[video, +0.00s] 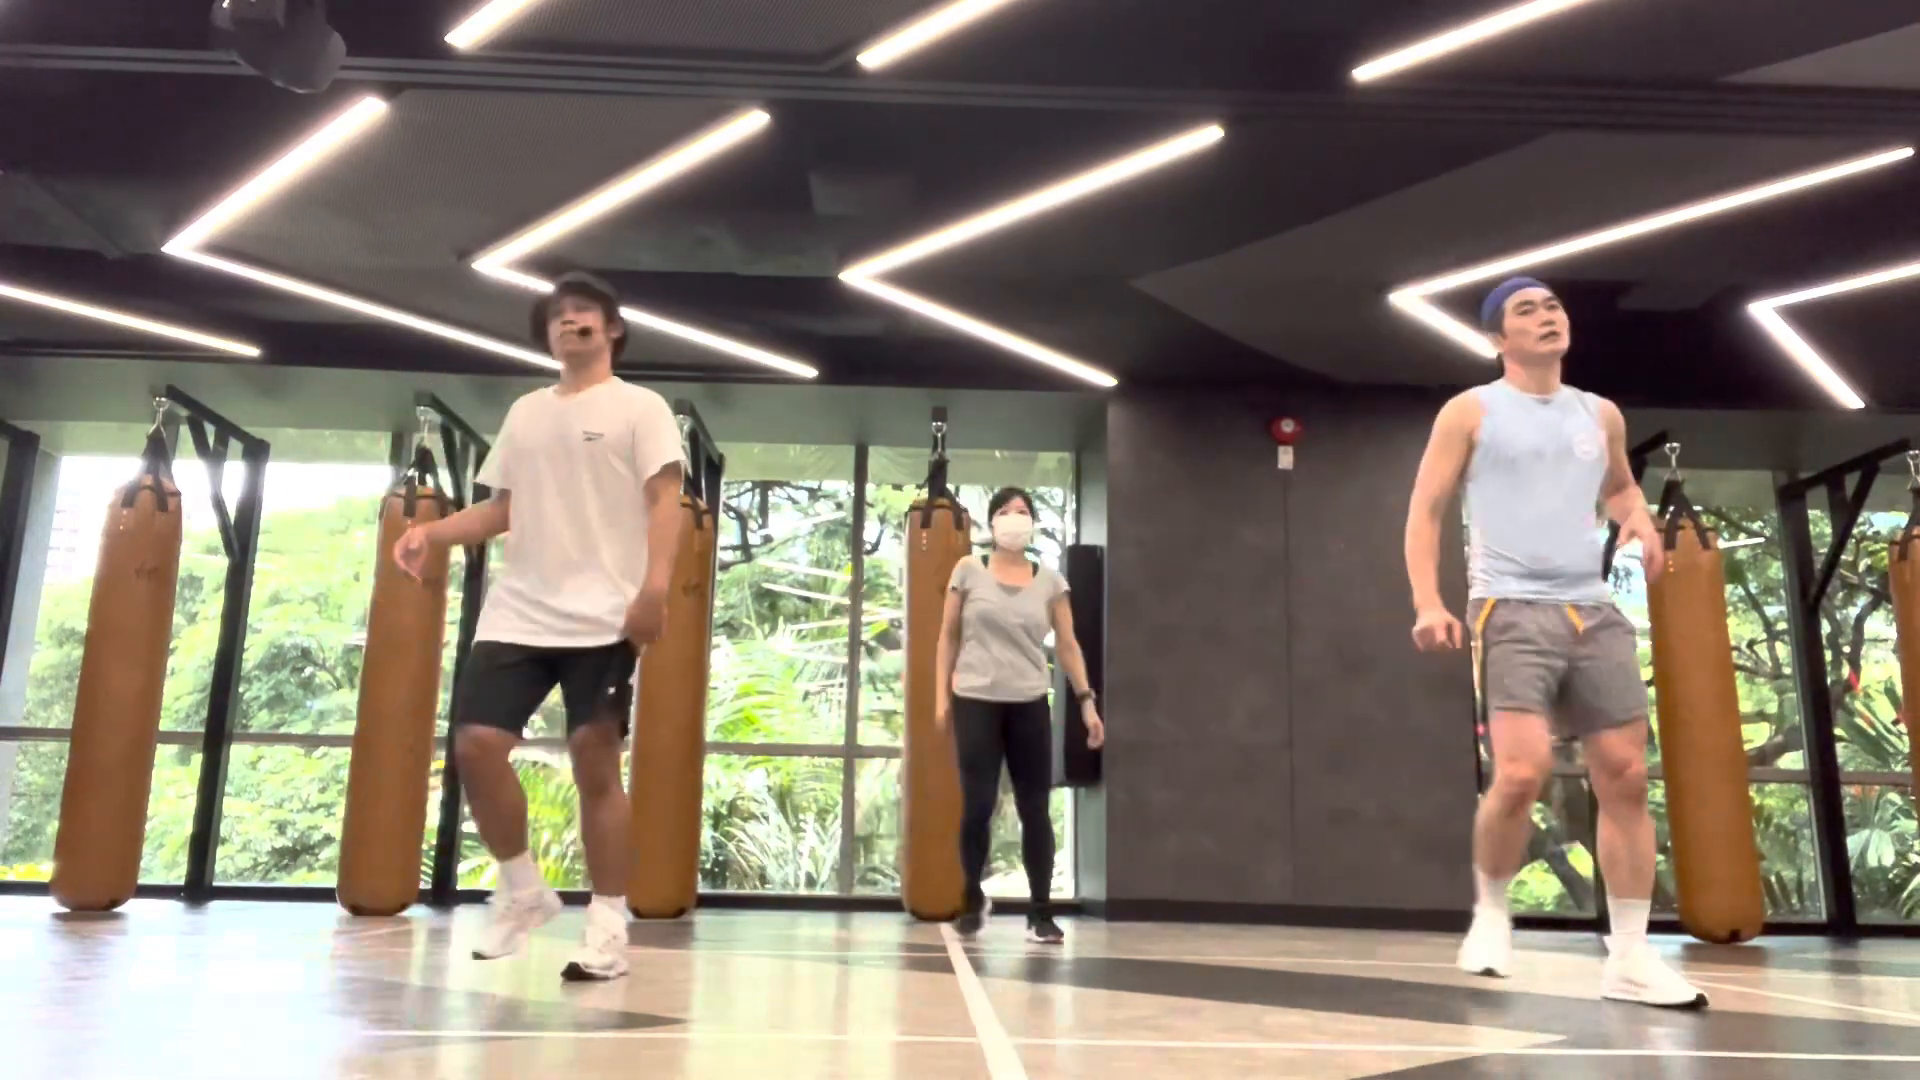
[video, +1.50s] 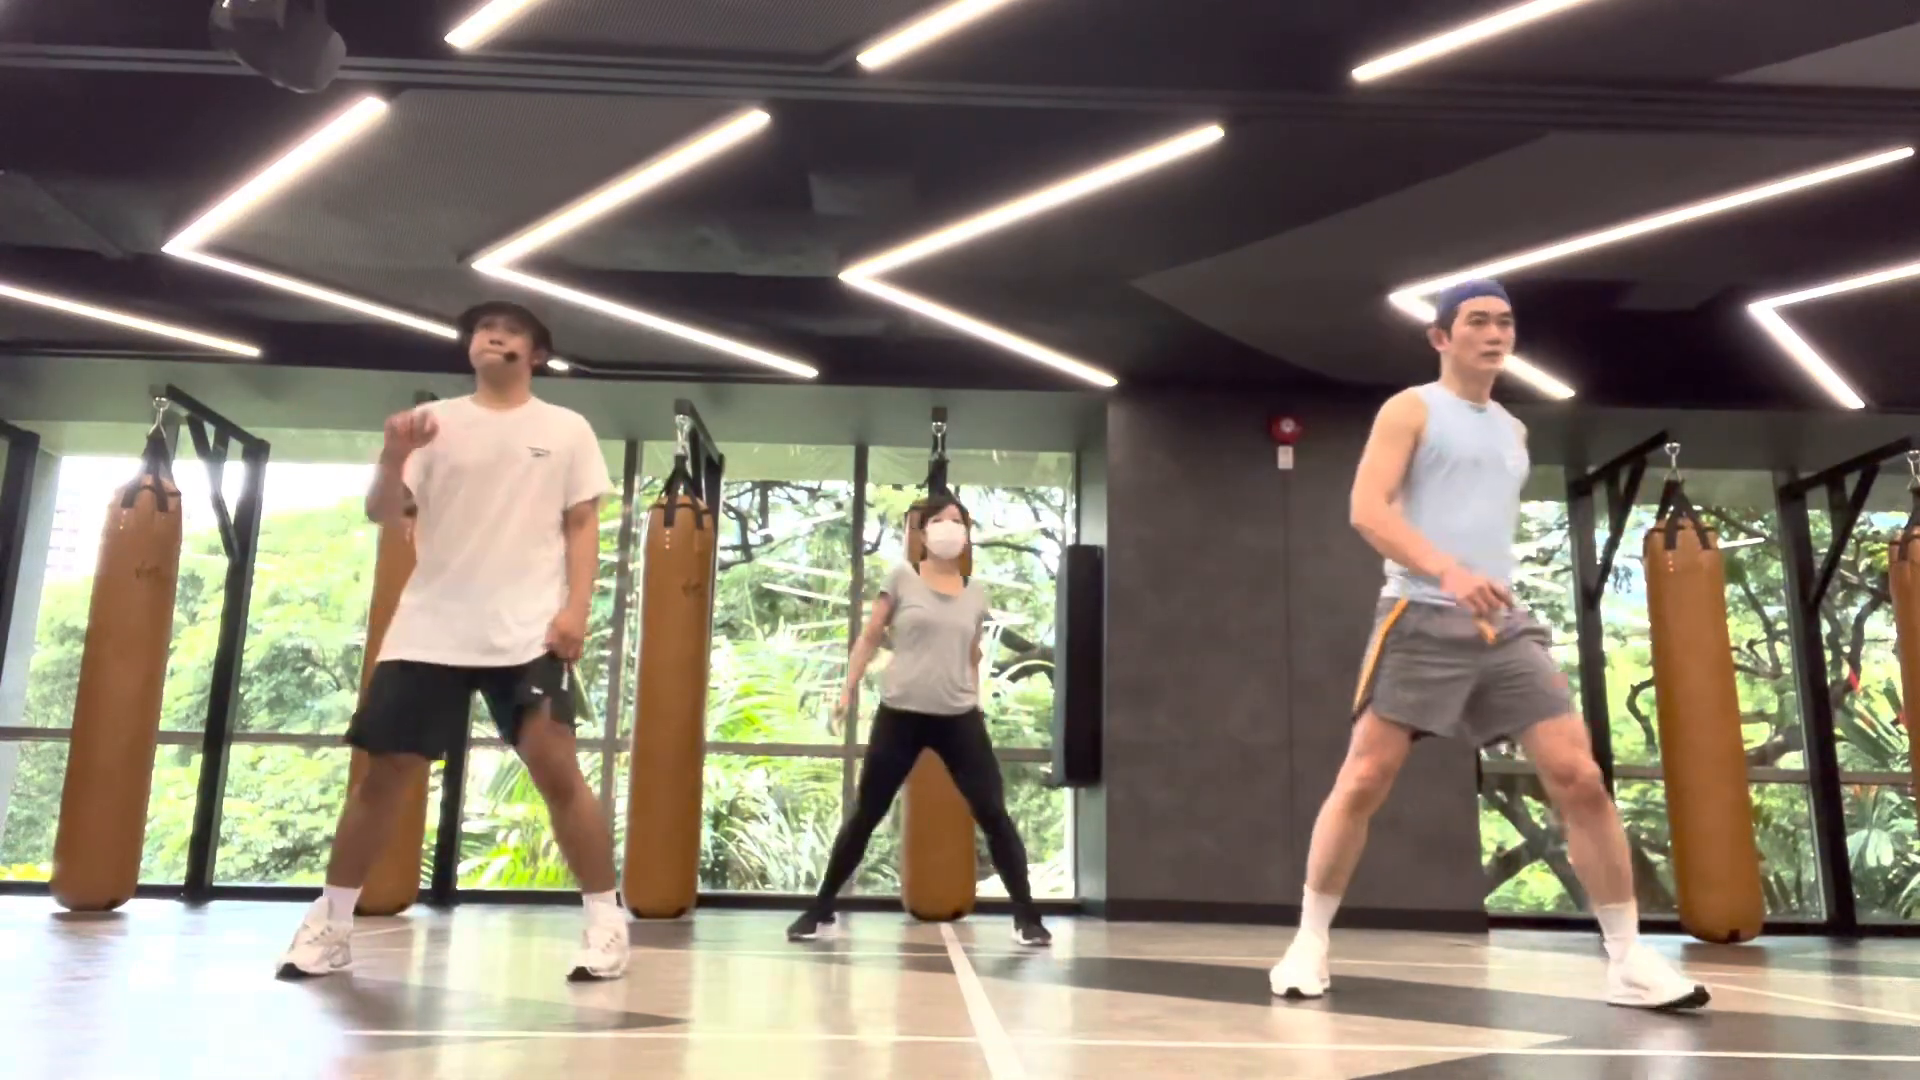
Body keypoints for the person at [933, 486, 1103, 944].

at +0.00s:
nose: (1014, 519)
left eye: (1022, 513)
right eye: (1004, 513)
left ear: (1033, 528)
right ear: (990, 526)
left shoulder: (1048, 580)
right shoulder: (969, 570)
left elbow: (1068, 645)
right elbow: (948, 635)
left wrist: (1087, 700)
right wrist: (942, 694)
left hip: (1030, 702)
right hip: (975, 700)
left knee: (1035, 809)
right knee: (978, 804)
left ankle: (1040, 912)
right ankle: (972, 900)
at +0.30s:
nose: (1000, 518)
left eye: (1007, 512)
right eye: (991, 512)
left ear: (1018, 525)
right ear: (974, 524)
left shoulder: (1035, 572)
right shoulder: (955, 573)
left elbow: (1048, 634)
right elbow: (942, 640)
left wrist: (1052, 684)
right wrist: (935, 703)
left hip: (1020, 701)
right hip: (965, 699)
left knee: (1028, 807)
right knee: (928, 789)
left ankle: (1039, 913)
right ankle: (933, 890)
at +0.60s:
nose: (937, 532)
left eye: (946, 525)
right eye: (928, 524)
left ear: (959, 537)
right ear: (911, 534)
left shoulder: (970, 589)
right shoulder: (890, 587)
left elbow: (988, 651)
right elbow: (880, 654)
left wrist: (996, 697)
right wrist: (872, 707)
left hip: (951, 718)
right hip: (892, 717)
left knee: (989, 813)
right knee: (852, 814)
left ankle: (1037, 907)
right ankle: (823, 907)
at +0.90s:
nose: (892, 516)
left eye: (901, 510)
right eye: (884, 508)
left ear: (910, 524)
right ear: (867, 518)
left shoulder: (919, 576)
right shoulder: (839, 565)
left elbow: (926, 641)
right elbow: (809, 625)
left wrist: (929, 695)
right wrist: (788, 679)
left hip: (898, 696)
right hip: (842, 695)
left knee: (894, 793)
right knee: (831, 803)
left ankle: (908, 894)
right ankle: (822, 904)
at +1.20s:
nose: (899, 513)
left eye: (908, 509)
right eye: (891, 506)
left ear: (916, 526)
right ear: (873, 519)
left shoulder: (921, 579)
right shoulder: (846, 557)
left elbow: (913, 638)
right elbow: (811, 615)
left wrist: (914, 685)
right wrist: (795, 671)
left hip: (899, 694)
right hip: (843, 693)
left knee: (922, 785)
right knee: (831, 802)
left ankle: (919, 885)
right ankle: (818, 904)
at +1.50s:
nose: (949, 529)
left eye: (957, 522)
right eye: (938, 522)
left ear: (967, 535)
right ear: (922, 533)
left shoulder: (976, 593)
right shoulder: (903, 578)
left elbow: (974, 657)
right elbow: (870, 638)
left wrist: (972, 706)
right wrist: (849, 691)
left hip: (959, 717)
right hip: (901, 715)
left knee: (994, 814)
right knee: (866, 813)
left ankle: (1026, 916)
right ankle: (822, 907)